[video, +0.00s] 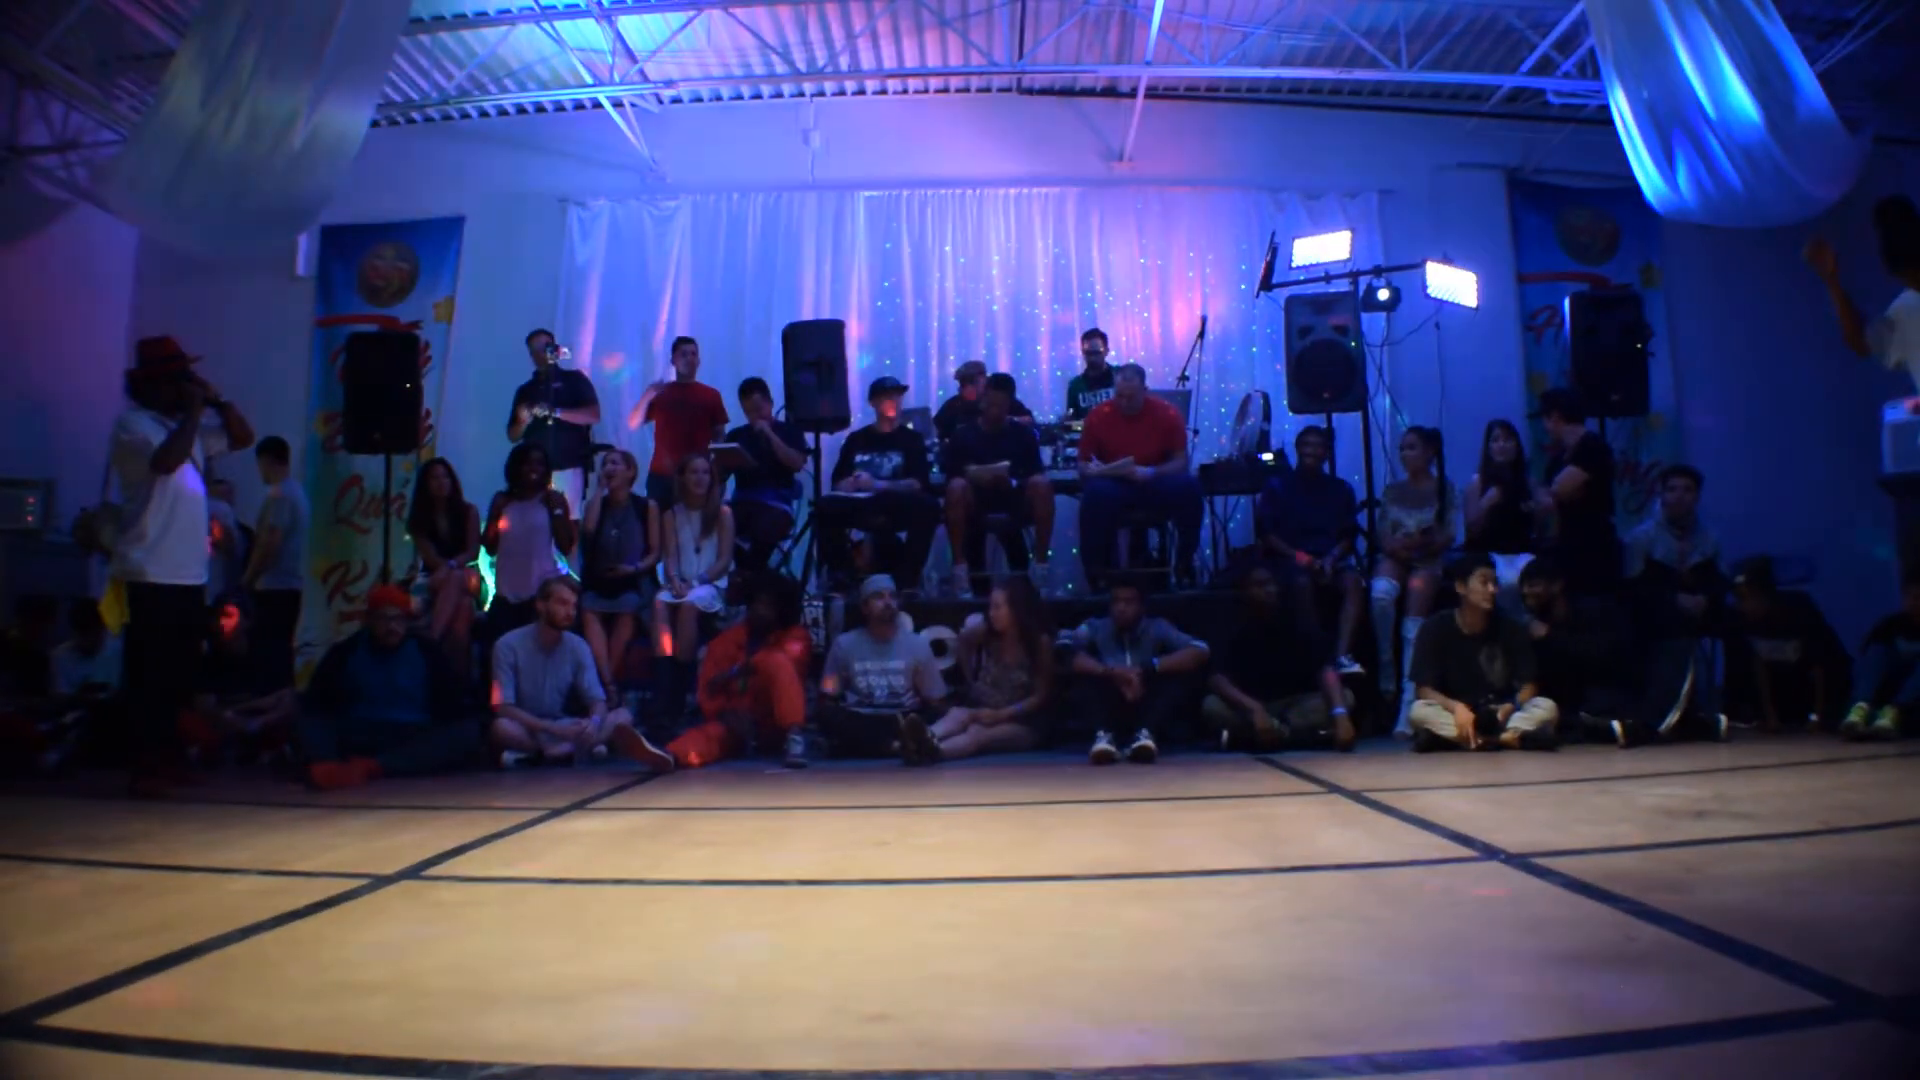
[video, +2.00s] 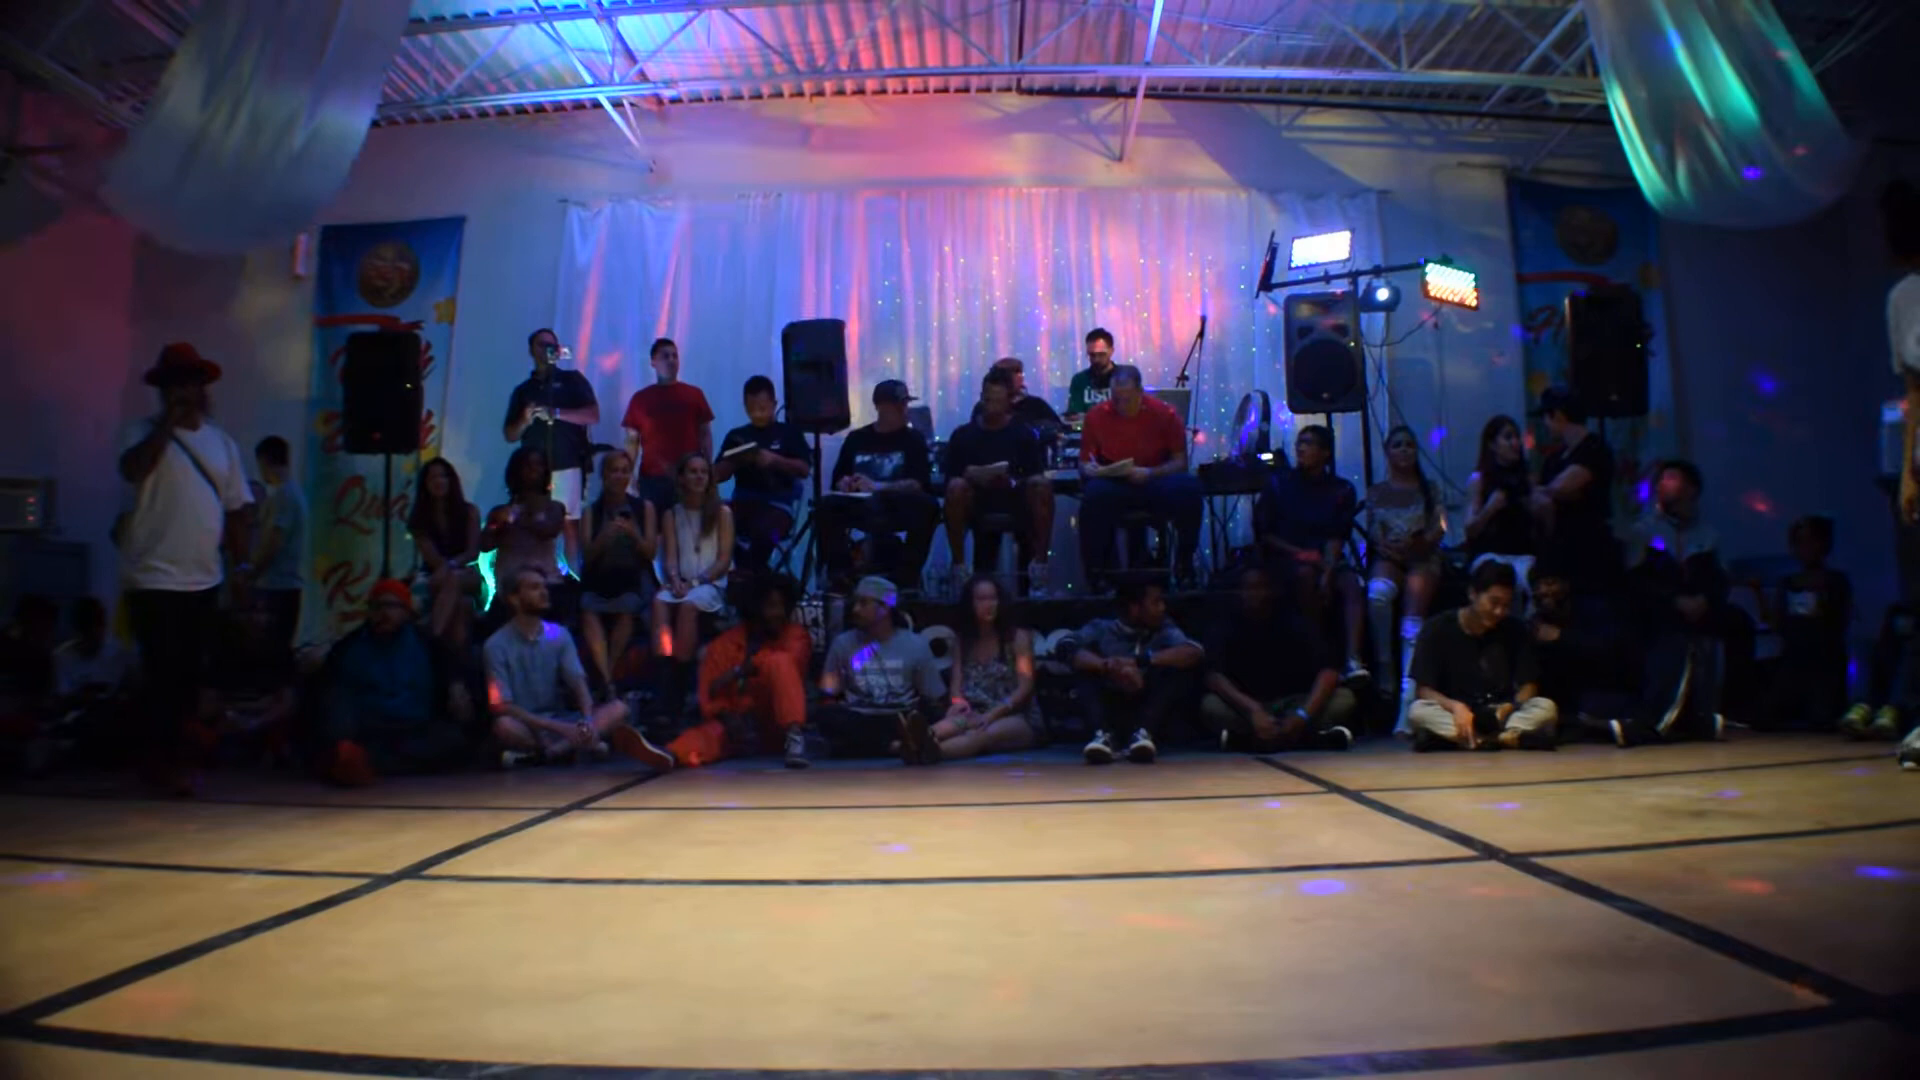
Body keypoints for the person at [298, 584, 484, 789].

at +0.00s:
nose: (392, 627)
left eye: (399, 620)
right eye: (385, 620)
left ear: (408, 621)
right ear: (370, 620)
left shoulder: (426, 653)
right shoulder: (344, 653)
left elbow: (449, 699)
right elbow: (315, 701)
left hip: (413, 732)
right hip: (355, 731)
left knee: (465, 734)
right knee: (312, 719)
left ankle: (375, 767)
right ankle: (326, 764)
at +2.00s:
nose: (384, 614)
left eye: (392, 606)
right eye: (378, 606)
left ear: (406, 611)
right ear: (369, 610)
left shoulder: (424, 645)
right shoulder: (351, 646)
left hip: (416, 722)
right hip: (365, 723)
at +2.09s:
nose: (383, 613)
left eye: (390, 605)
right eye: (377, 605)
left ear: (404, 611)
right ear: (369, 609)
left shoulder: (422, 643)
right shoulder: (349, 644)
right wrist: (352, 730)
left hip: (419, 720)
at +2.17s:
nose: (380, 611)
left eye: (388, 605)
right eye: (374, 604)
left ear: (403, 610)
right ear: (366, 607)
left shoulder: (422, 642)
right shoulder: (349, 640)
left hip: (414, 715)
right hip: (363, 716)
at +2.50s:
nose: (365, 614)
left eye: (373, 607)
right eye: (361, 606)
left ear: (389, 612)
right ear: (354, 609)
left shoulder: (410, 642)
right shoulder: (345, 641)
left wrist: (435, 697)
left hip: (404, 717)